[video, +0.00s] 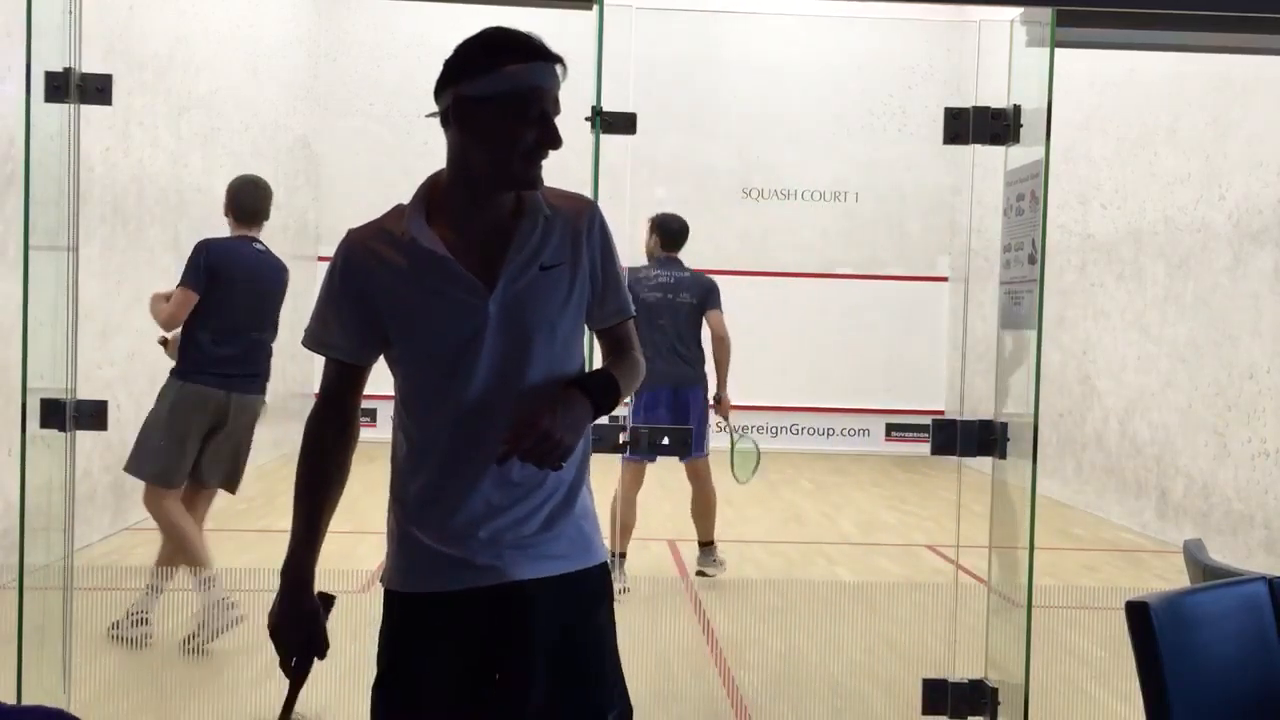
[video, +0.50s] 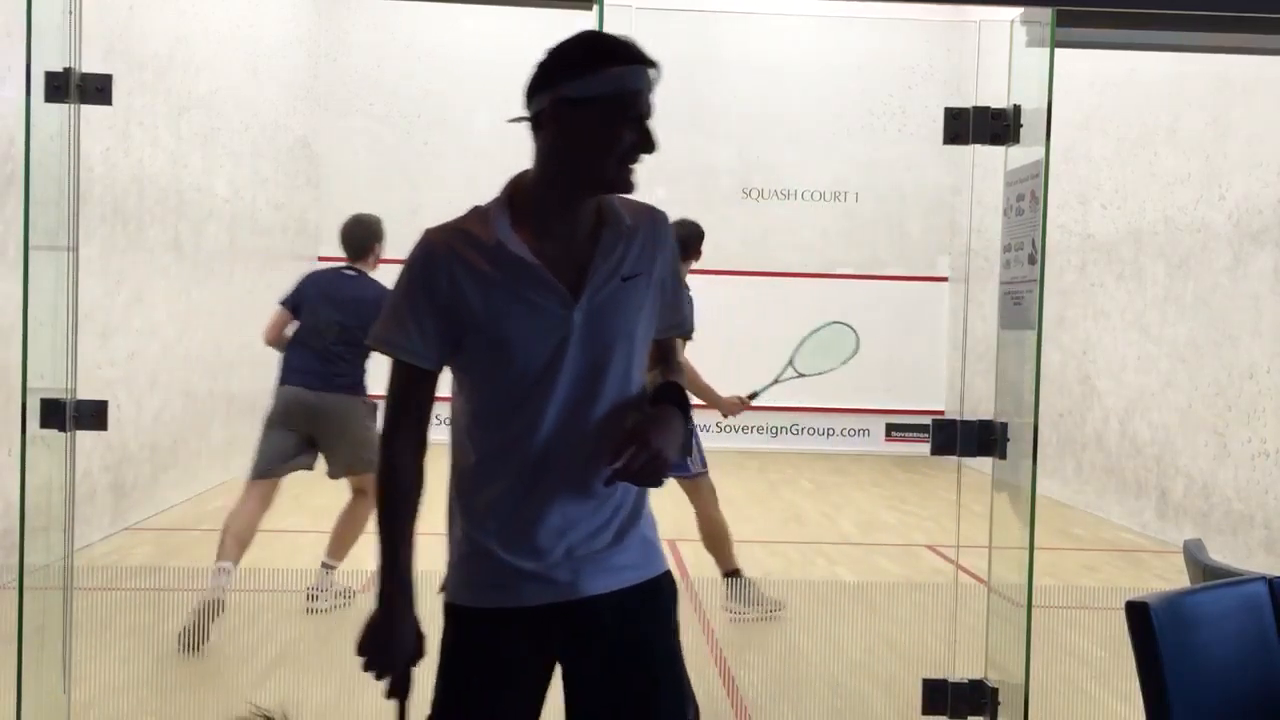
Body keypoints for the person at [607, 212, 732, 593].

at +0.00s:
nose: (644, 238)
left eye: (647, 233)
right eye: (648, 232)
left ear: (654, 239)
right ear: (681, 243)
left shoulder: (629, 280)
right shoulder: (702, 284)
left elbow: (613, 334)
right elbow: (720, 336)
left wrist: (615, 383)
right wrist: (721, 389)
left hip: (645, 391)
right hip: (690, 391)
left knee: (629, 482)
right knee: (700, 474)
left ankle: (617, 564)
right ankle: (707, 554)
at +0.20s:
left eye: (651, 255)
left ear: (652, 259)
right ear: (686, 262)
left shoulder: (628, 293)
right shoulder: (700, 298)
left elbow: (607, 347)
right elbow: (720, 346)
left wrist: (607, 394)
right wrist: (729, 396)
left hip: (638, 406)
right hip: (688, 408)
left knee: (609, 483)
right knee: (717, 487)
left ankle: (575, 551)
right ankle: (742, 566)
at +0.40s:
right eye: (696, 271)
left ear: (663, 270)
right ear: (699, 275)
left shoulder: (636, 305)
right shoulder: (690, 316)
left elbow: (617, 361)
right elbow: (696, 370)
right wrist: (737, 413)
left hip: (633, 427)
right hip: (676, 431)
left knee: (600, 506)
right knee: (726, 511)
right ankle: (766, 592)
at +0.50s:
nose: (699, 261)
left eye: (698, 254)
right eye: (699, 255)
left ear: (665, 245)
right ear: (693, 253)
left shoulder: (636, 282)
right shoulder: (674, 290)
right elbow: (671, 359)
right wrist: (718, 400)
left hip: (620, 401)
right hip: (662, 405)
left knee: (616, 499)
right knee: (704, 496)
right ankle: (735, 585)